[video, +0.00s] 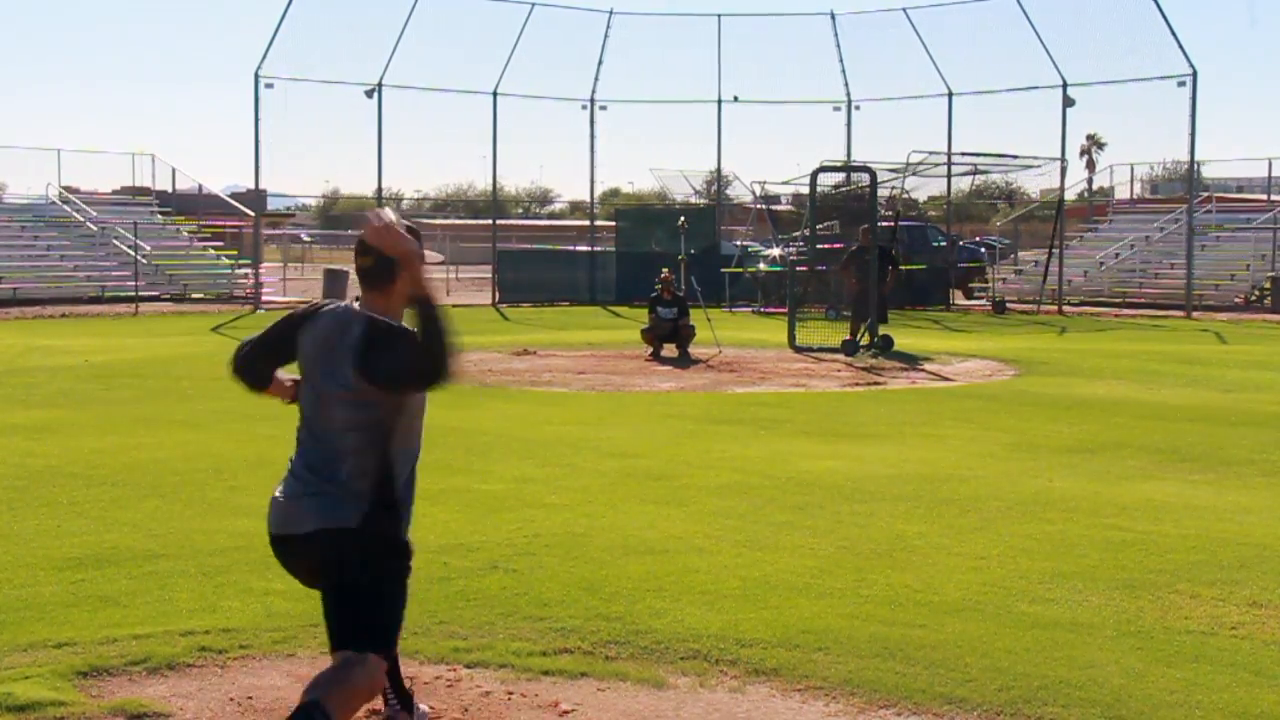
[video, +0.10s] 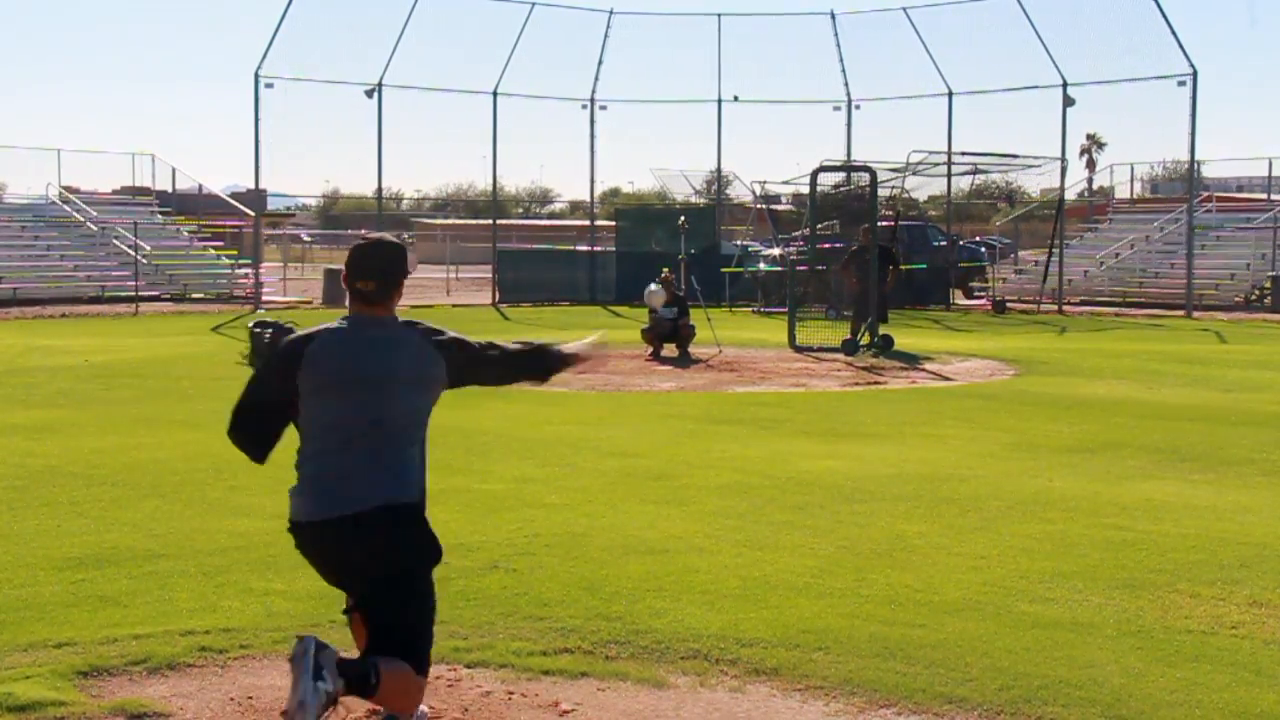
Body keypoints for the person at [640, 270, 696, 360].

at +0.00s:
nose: (667, 286)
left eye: (669, 283)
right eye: (664, 283)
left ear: (673, 284)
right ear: (660, 284)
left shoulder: (680, 299)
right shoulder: (654, 299)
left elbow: (685, 319)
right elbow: (652, 318)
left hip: (676, 327)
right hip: (660, 328)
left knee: (689, 329)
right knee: (645, 332)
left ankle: (682, 349)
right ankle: (656, 347)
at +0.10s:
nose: (667, 287)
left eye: (670, 284)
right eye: (664, 284)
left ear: (674, 285)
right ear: (660, 285)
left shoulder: (680, 299)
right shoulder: (656, 300)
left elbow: (685, 319)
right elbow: (651, 321)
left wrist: (672, 324)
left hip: (676, 328)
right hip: (661, 329)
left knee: (688, 329)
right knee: (646, 332)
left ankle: (683, 349)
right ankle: (656, 347)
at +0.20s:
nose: (667, 286)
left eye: (670, 283)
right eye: (665, 284)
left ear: (673, 285)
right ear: (661, 285)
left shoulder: (680, 299)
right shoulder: (654, 299)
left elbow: (685, 319)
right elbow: (651, 318)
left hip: (675, 327)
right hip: (660, 327)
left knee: (689, 330)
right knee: (646, 332)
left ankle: (683, 349)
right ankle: (656, 347)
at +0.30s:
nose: (667, 286)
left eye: (669, 283)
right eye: (664, 284)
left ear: (673, 284)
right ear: (660, 285)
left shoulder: (680, 299)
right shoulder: (654, 299)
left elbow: (685, 319)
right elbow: (650, 316)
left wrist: (674, 321)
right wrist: (655, 322)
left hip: (675, 327)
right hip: (660, 327)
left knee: (689, 330)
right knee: (646, 332)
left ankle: (682, 349)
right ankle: (656, 348)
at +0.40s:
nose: (667, 286)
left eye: (669, 283)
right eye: (664, 284)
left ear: (673, 284)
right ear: (660, 285)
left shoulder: (679, 299)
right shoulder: (654, 299)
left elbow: (685, 317)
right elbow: (649, 314)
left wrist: (675, 317)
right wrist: (652, 320)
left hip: (675, 325)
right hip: (660, 325)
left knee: (688, 330)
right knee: (648, 331)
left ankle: (683, 349)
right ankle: (656, 348)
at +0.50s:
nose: (664, 288)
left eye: (666, 285)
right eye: (661, 285)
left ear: (670, 286)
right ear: (658, 286)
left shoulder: (676, 299)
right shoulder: (653, 300)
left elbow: (682, 313)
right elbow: (649, 316)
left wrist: (672, 312)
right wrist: (648, 322)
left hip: (675, 324)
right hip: (660, 324)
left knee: (689, 330)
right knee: (649, 330)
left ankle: (683, 349)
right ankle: (656, 348)